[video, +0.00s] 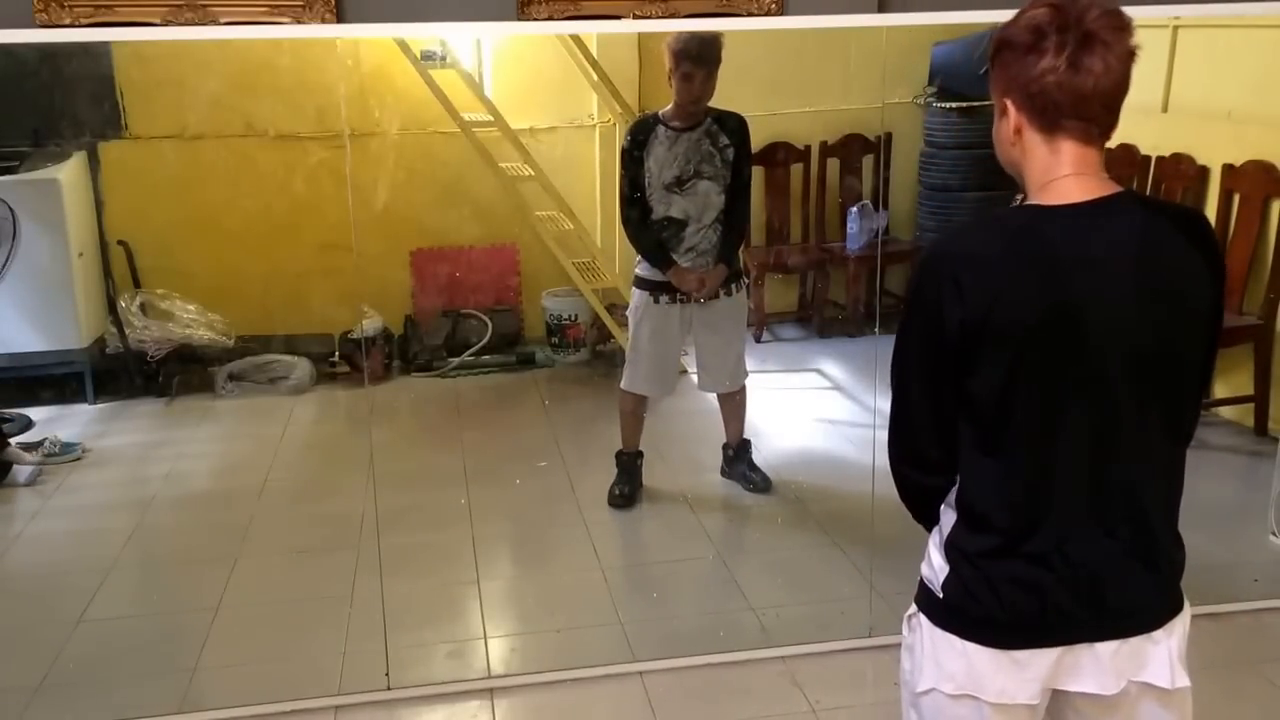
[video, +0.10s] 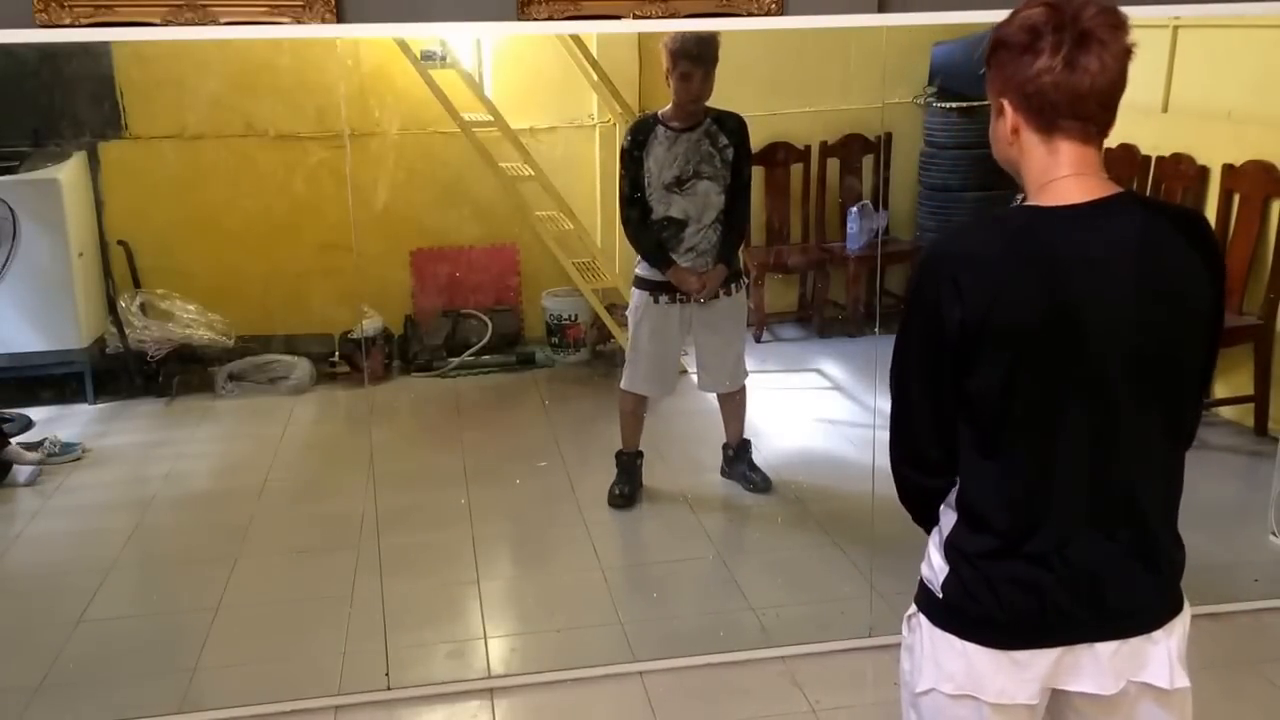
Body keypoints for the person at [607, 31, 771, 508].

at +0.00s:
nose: (691, 83)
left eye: (701, 74)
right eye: (683, 73)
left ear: (716, 74)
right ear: (670, 71)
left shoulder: (733, 129)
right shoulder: (640, 134)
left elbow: (740, 204)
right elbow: (631, 214)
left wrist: (722, 263)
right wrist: (672, 269)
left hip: (720, 280)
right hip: (657, 281)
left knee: (730, 375)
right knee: (638, 380)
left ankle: (736, 456)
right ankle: (628, 466)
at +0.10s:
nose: (691, 83)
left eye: (699, 73)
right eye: (682, 73)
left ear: (713, 74)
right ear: (668, 72)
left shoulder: (732, 129)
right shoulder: (640, 135)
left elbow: (740, 204)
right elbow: (631, 214)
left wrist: (722, 264)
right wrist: (671, 270)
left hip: (720, 280)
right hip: (657, 281)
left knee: (730, 374)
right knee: (637, 380)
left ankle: (736, 456)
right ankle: (628, 466)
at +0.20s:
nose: (690, 81)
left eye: (698, 72)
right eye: (681, 72)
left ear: (712, 73)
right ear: (666, 73)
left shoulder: (731, 130)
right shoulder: (639, 135)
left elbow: (740, 205)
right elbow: (632, 213)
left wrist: (722, 263)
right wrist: (668, 270)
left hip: (719, 280)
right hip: (657, 282)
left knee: (730, 375)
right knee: (637, 380)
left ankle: (736, 456)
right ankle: (628, 466)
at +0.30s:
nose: (690, 78)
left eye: (698, 68)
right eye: (681, 69)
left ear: (711, 72)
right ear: (665, 72)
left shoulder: (731, 129)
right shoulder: (639, 135)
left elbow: (739, 204)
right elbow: (631, 212)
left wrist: (723, 264)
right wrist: (666, 269)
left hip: (719, 280)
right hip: (657, 281)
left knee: (730, 374)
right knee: (637, 380)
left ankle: (736, 456)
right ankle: (628, 466)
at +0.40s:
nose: (691, 78)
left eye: (699, 69)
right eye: (681, 69)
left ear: (711, 72)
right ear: (665, 72)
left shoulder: (731, 130)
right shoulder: (640, 135)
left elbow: (739, 205)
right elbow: (631, 211)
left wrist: (723, 264)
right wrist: (665, 268)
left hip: (719, 280)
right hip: (657, 281)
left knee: (730, 374)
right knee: (638, 379)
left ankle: (736, 456)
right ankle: (628, 466)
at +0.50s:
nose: (692, 77)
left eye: (700, 67)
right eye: (682, 68)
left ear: (711, 71)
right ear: (665, 71)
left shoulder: (731, 129)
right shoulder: (640, 135)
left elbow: (739, 205)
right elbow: (631, 212)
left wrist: (723, 264)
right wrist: (666, 269)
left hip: (719, 279)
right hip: (657, 280)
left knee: (730, 373)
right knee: (638, 378)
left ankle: (736, 456)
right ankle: (628, 465)